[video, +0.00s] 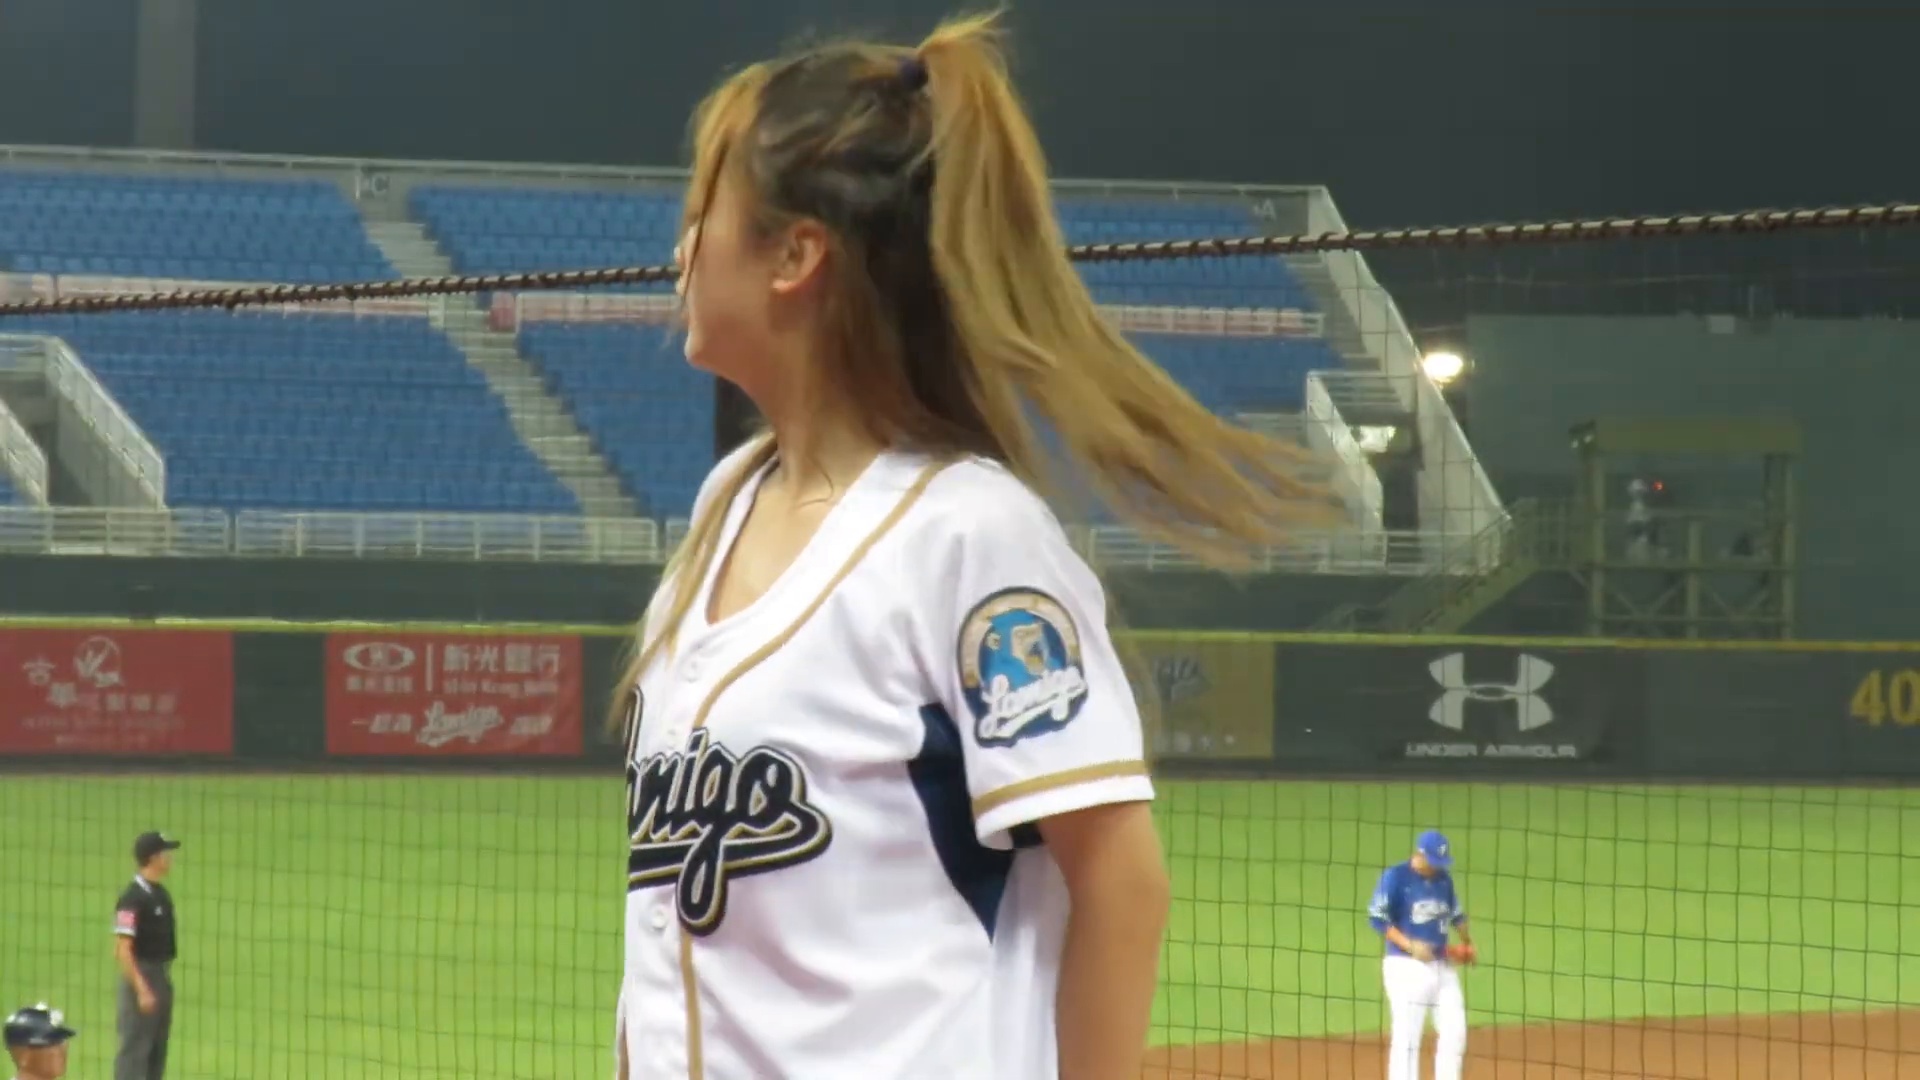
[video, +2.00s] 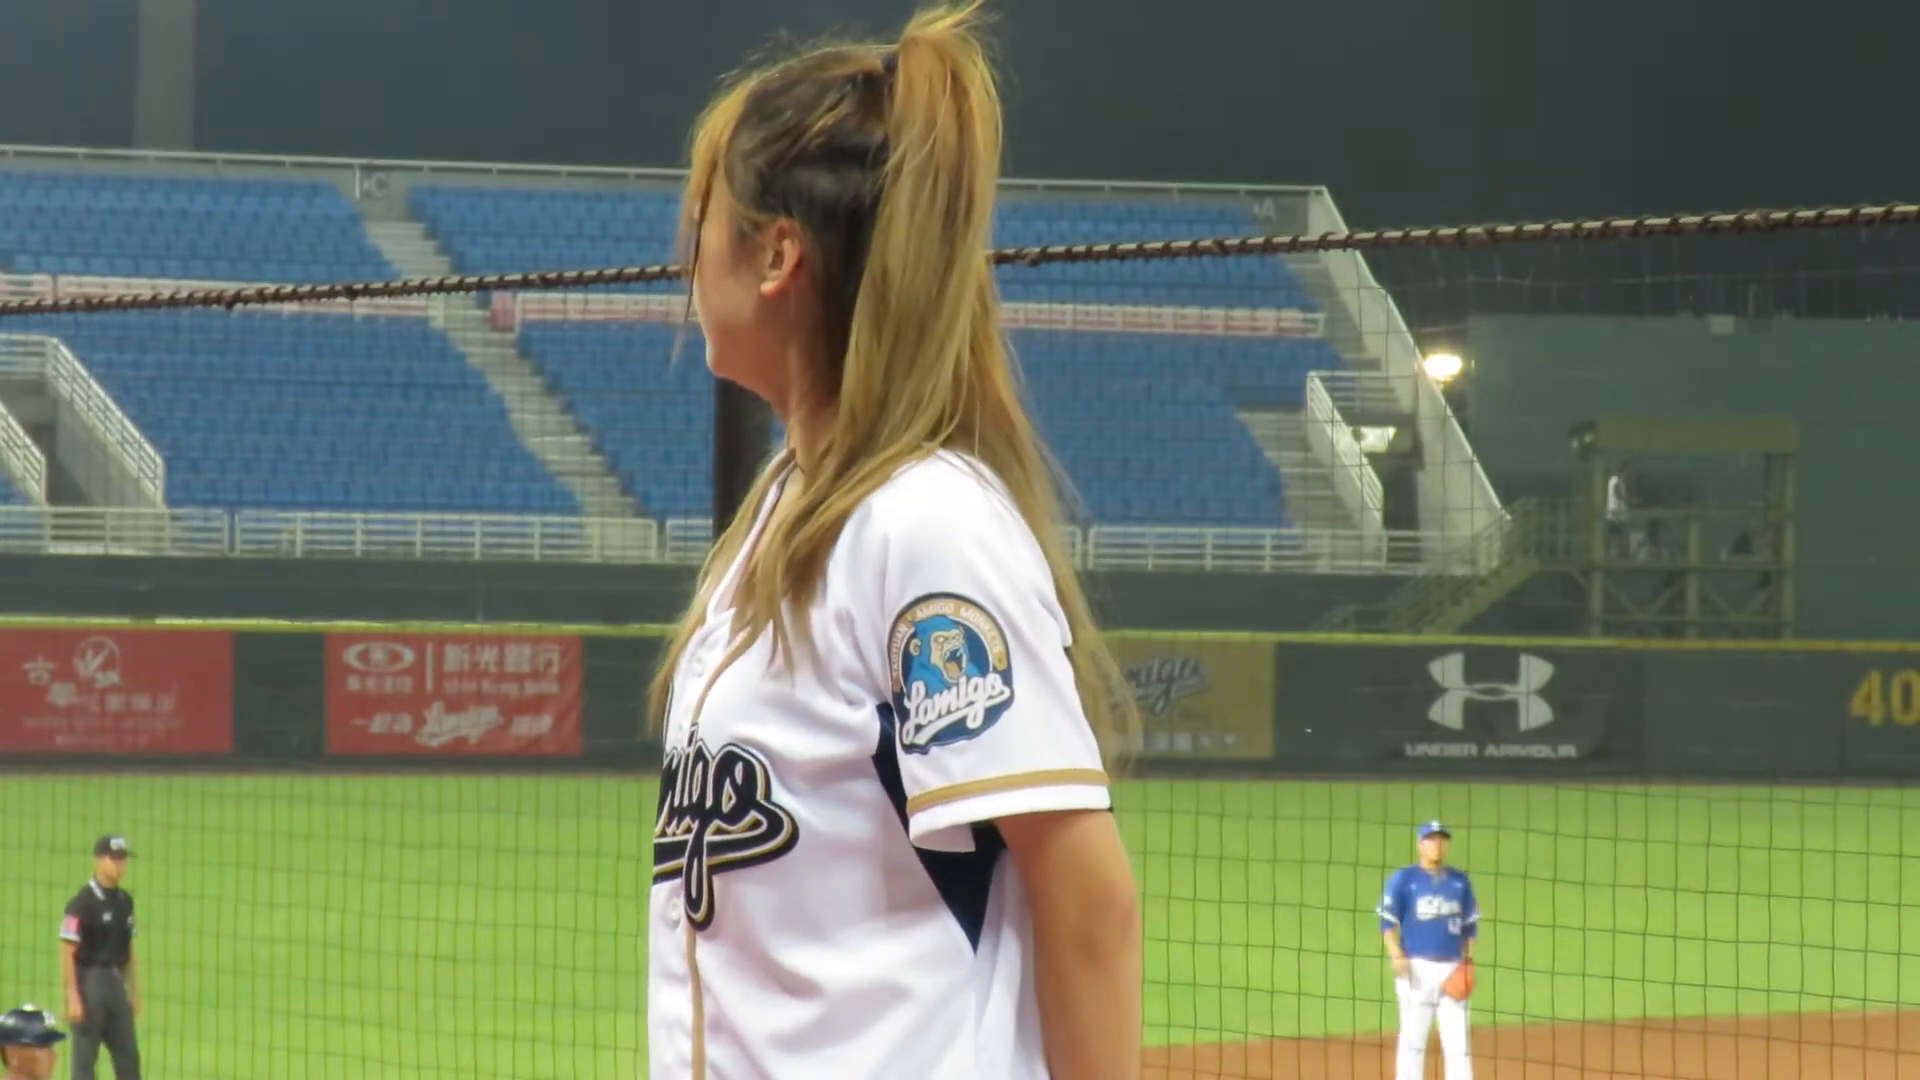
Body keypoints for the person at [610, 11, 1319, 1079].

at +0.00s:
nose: (680, 253)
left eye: (701, 218)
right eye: (692, 217)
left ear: (797, 259)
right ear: (796, 261)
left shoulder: (979, 529)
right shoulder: (726, 502)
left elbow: (1122, 884)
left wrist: (1086, 1075)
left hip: (908, 1059)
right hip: (679, 1057)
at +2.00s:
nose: (690, 258)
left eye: (705, 222)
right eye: (699, 220)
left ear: (779, 259)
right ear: (779, 259)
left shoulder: (931, 521)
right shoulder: (783, 499)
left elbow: (1089, 895)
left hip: (884, 1057)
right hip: (732, 1050)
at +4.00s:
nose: (686, 271)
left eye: (699, 229)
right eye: (693, 229)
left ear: (778, 253)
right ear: (774, 253)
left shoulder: (935, 536)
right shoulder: (782, 505)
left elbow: (1095, 914)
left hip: (884, 1058)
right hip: (718, 1052)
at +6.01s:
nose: (691, 260)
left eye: (705, 223)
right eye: (699, 222)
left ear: (783, 252)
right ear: (778, 252)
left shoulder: (936, 533)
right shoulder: (785, 502)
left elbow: (1096, 912)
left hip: (887, 1056)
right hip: (724, 1050)